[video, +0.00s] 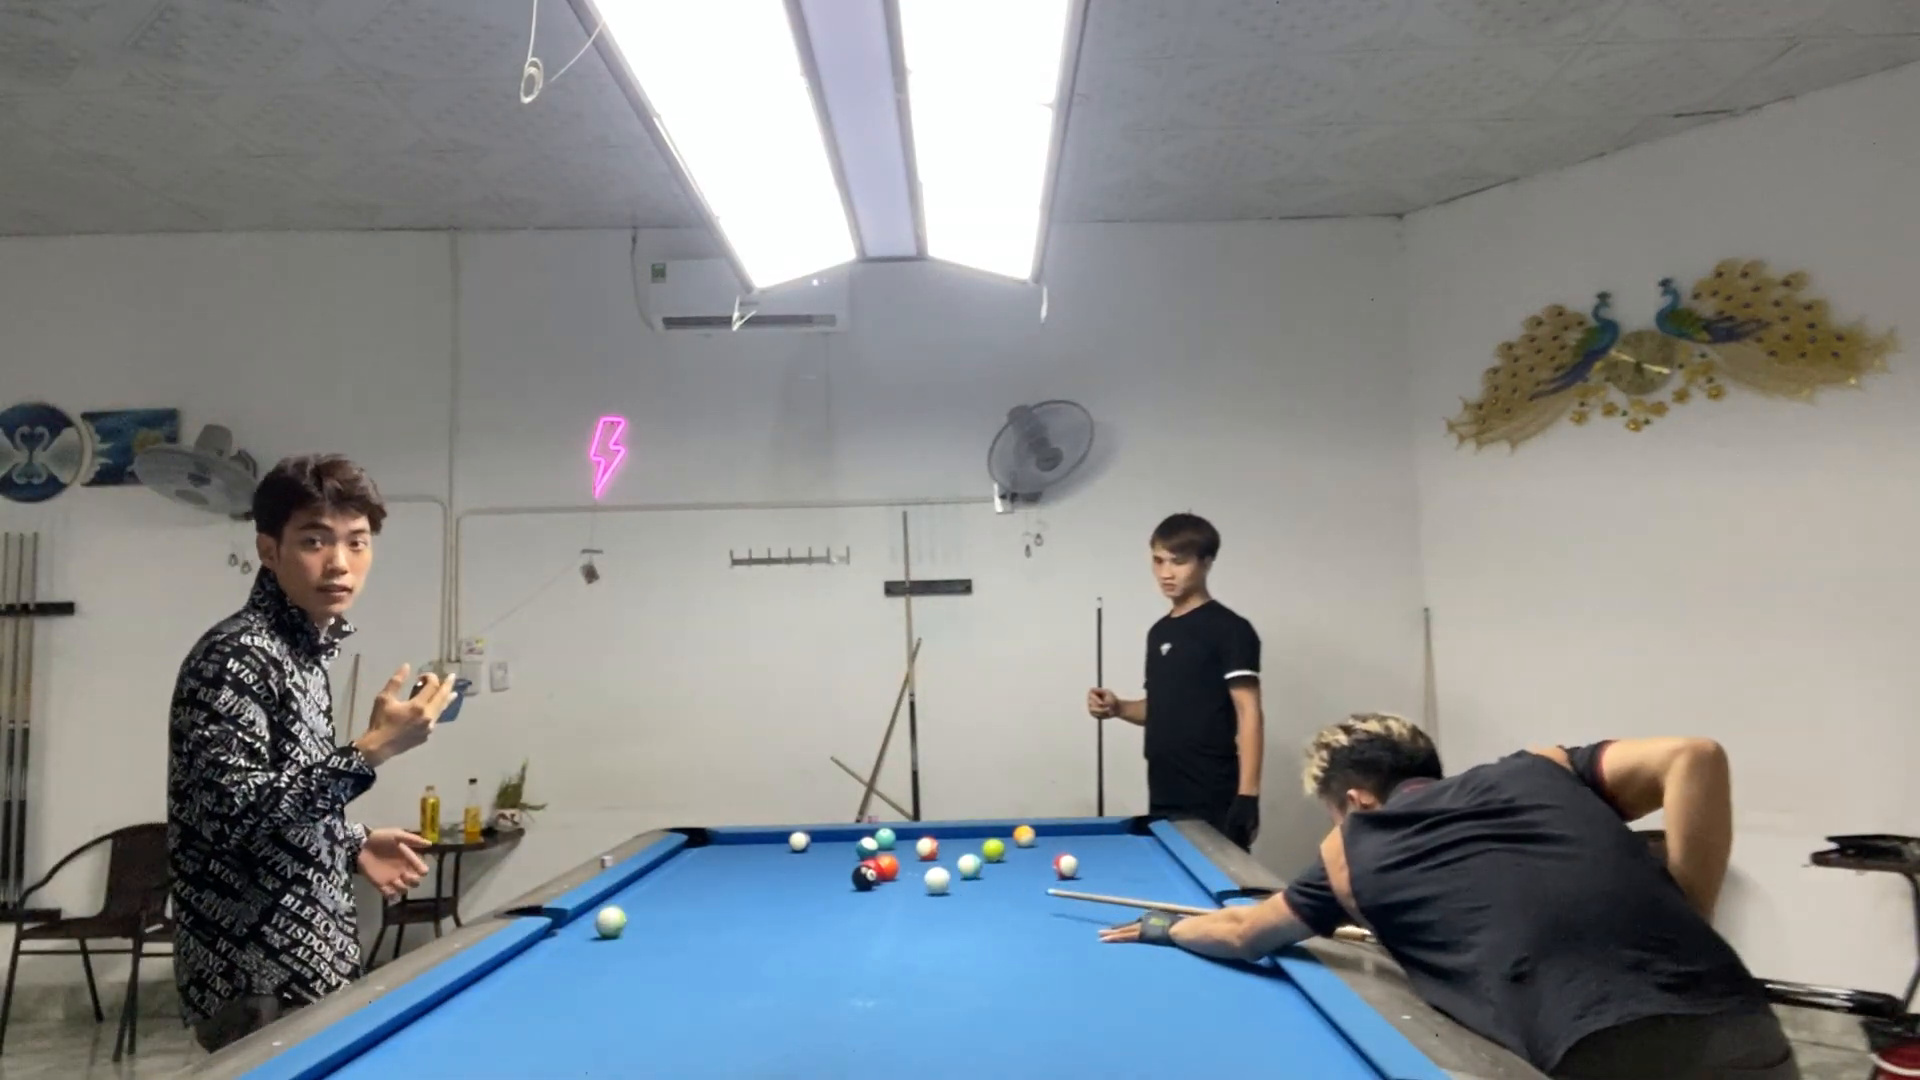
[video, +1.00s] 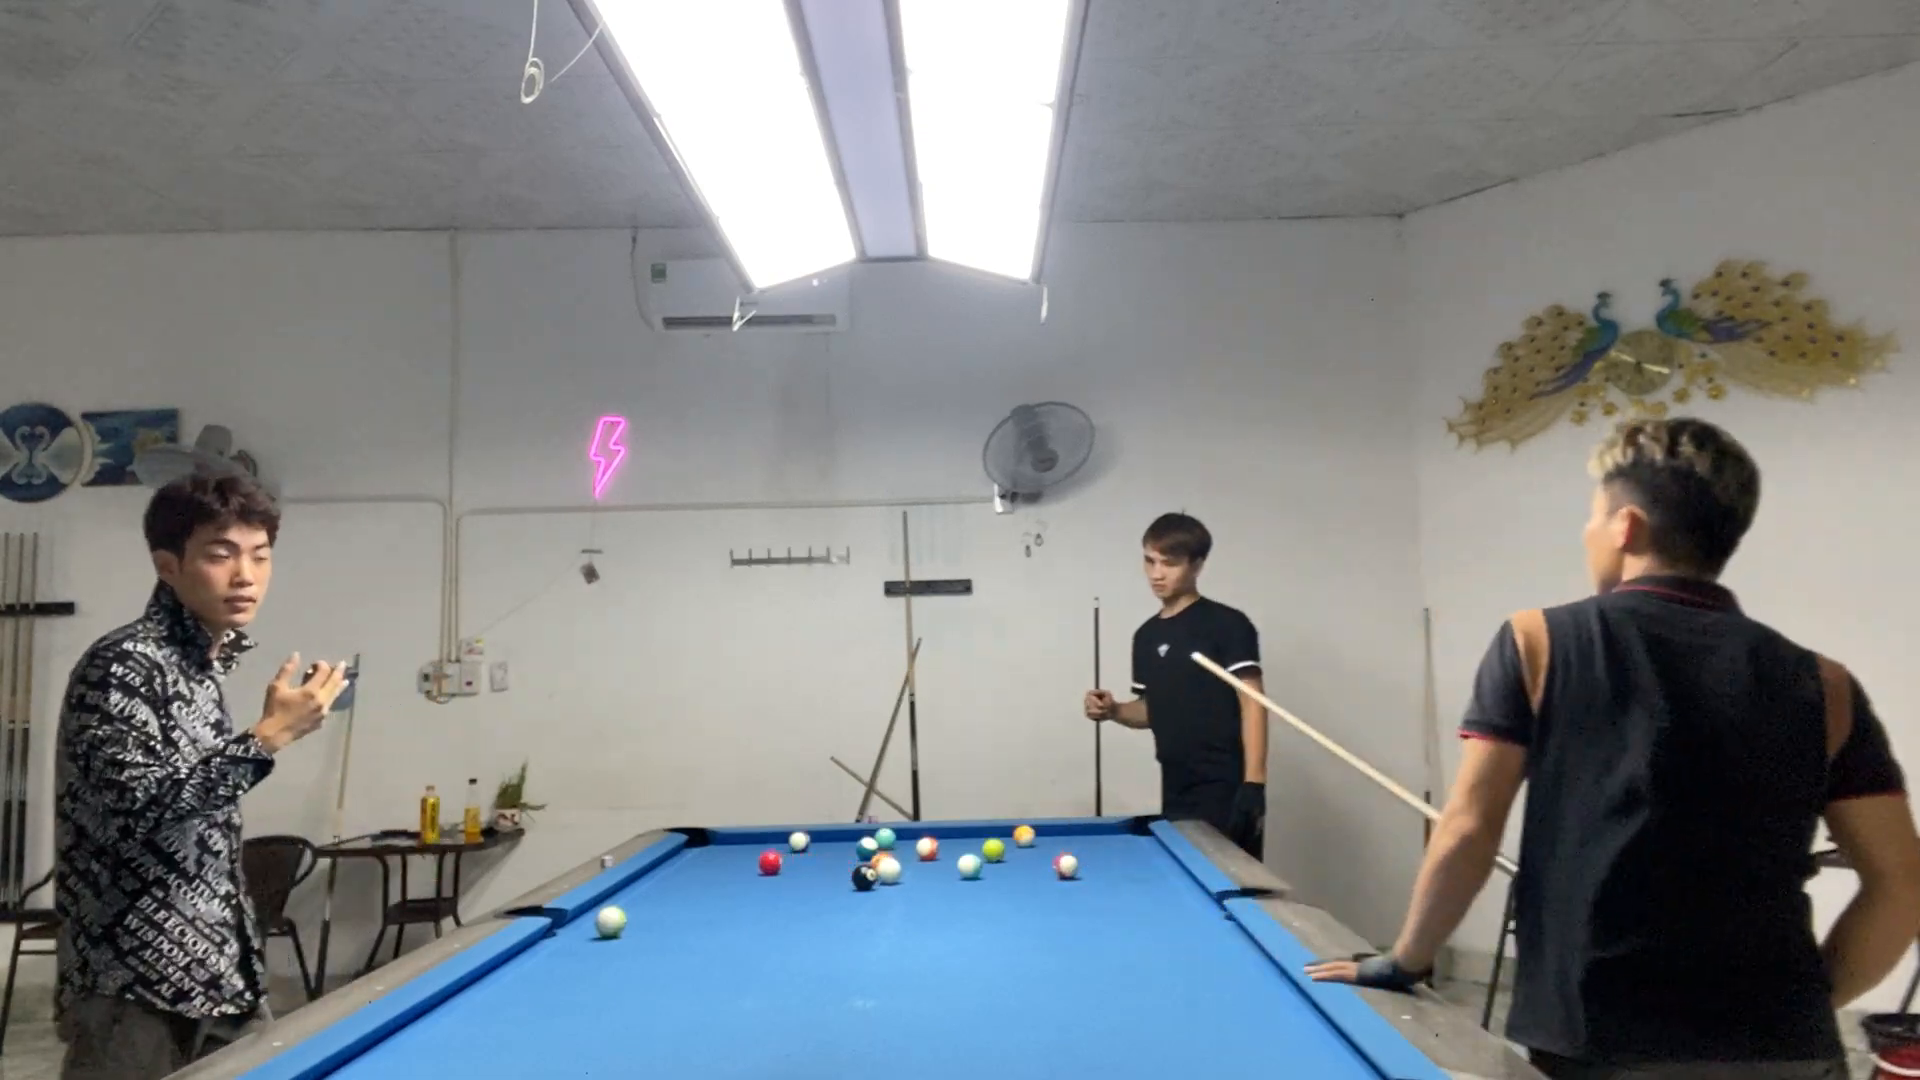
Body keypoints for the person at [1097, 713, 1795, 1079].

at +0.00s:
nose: (1336, 824)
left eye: (1332, 812)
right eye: (1332, 814)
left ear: (1356, 800)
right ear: (1428, 767)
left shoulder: (1354, 846)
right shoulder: (1539, 765)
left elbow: (1241, 934)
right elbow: (1695, 762)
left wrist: (1168, 921)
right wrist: (1687, 924)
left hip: (1608, 1052)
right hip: (1744, 1030)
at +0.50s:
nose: (1358, 745)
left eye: (1359, 724)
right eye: (1359, 724)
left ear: (1389, 725)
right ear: (1471, 710)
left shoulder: (1362, 800)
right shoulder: (1588, 740)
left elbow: (1258, 904)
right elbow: (1736, 840)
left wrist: (1182, 932)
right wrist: (1708, 981)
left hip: (1594, 1050)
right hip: (1742, 1035)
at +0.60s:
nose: (1388, 677)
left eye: (1387, 659)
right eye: (1385, 658)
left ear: (1417, 662)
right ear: (1502, 654)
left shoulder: (1378, 750)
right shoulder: (1623, 712)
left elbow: (1275, 874)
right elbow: (1752, 850)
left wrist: (1204, 931)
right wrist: (1717, 988)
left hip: (1579, 1047)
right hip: (1730, 1031)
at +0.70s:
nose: (1431, 611)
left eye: (1435, 590)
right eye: (1434, 590)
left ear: (1462, 599)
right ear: (1551, 603)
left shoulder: (1406, 700)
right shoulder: (1664, 692)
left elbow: (1302, 845)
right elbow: (1782, 854)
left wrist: (1232, 922)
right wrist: (1727, 992)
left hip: (1568, 1043)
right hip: (1734, 1040)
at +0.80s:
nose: (1488, 567)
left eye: (1492, 549)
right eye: (1492, 548)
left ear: (1520, 557)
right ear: (1615, 568)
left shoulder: (1446, 670)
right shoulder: (1717, 684)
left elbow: (1342, 826)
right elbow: (1821, 865)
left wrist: (1272, 916)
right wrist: (1748, 1000)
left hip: (1552, 1043)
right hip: (1735, 1039)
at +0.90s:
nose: (1542, 546)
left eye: (1547, 526)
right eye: (1546, 526)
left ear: (1579, 537)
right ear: (1674, 549)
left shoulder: (1496, 652)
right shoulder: (1775, 685)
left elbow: (1400, 826)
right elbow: (1862, 875)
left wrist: (1331, 933)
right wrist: (1775, 1000)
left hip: (1569, 1045)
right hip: (1752, 1045)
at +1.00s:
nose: (1586, 535)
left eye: (1593, 514)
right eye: (1591, 513)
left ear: (1628, 528)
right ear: (1721, 540)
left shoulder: (1539, 644)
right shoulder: (1821, 686)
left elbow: (1469, 830)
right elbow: (1897, 892)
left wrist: (1405, 960)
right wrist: (1797, 1001)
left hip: (1594, 1042)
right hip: (1775, 1047)